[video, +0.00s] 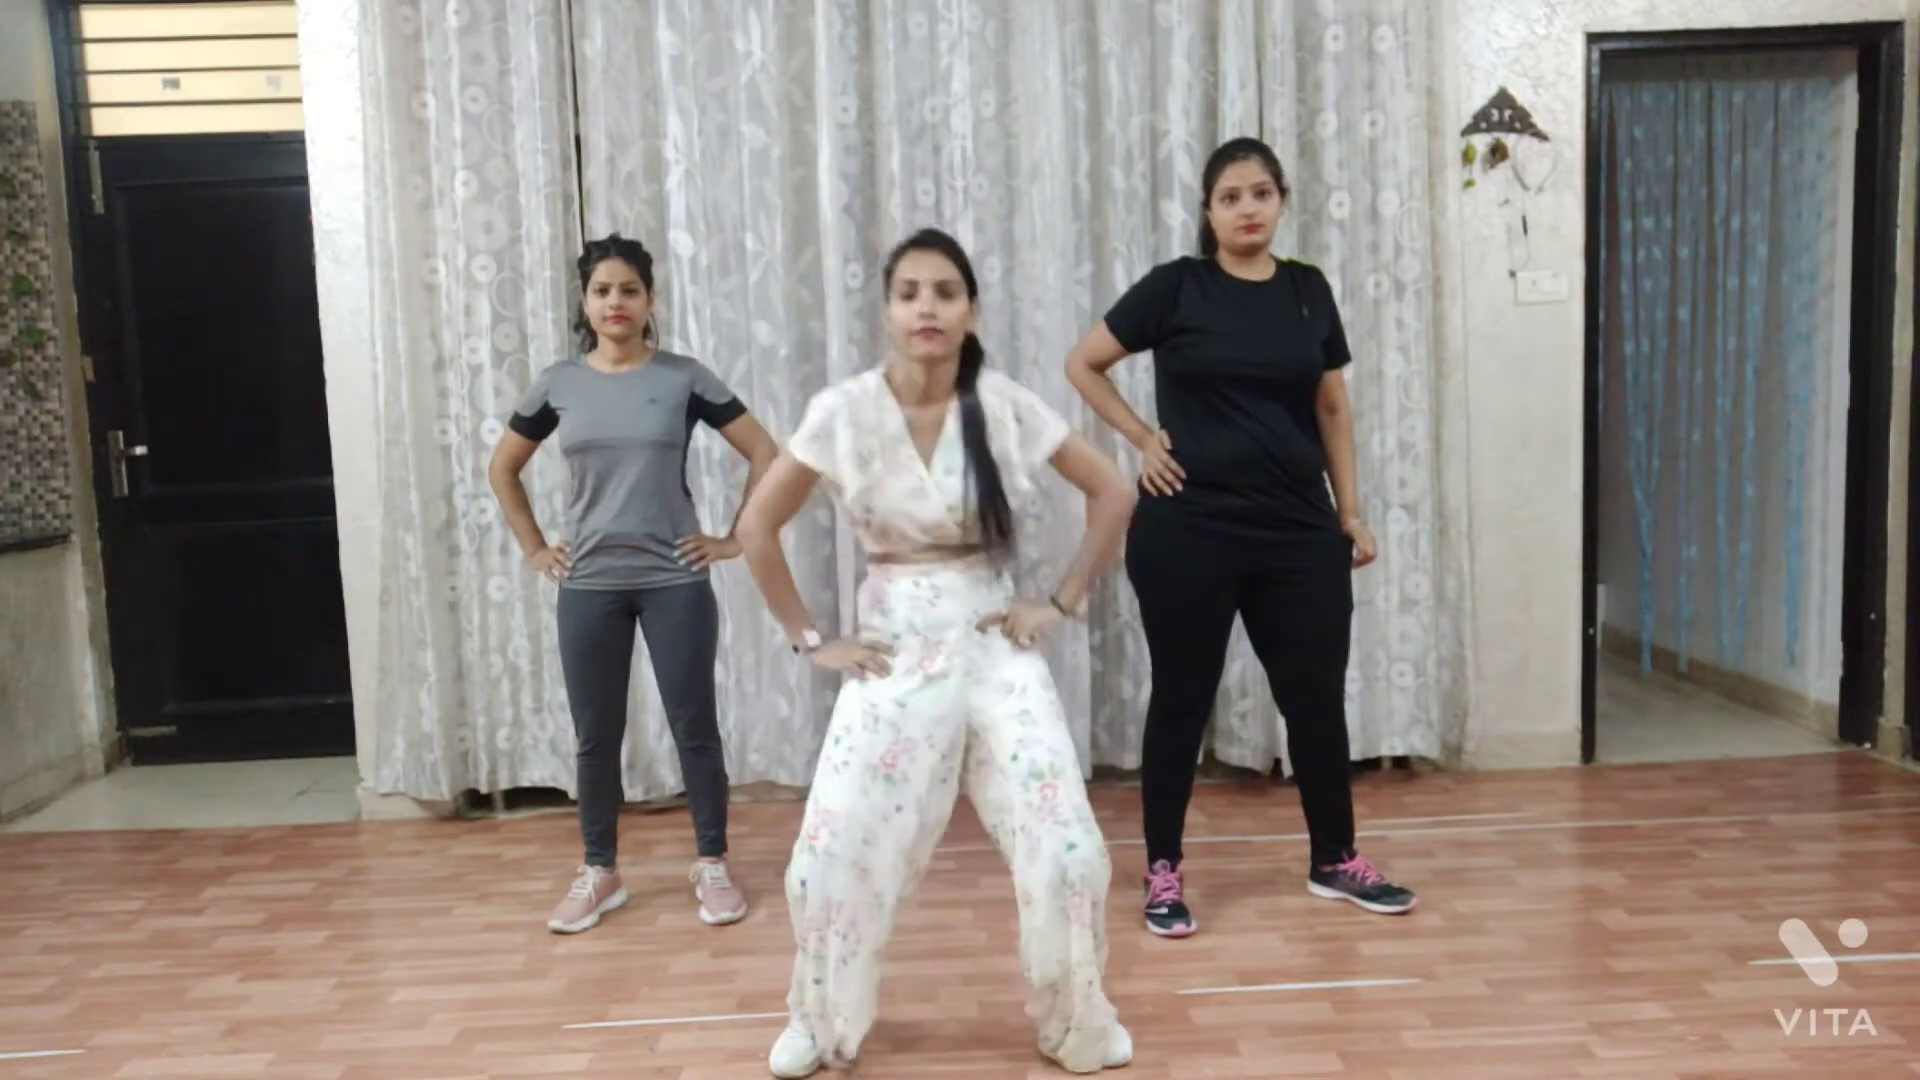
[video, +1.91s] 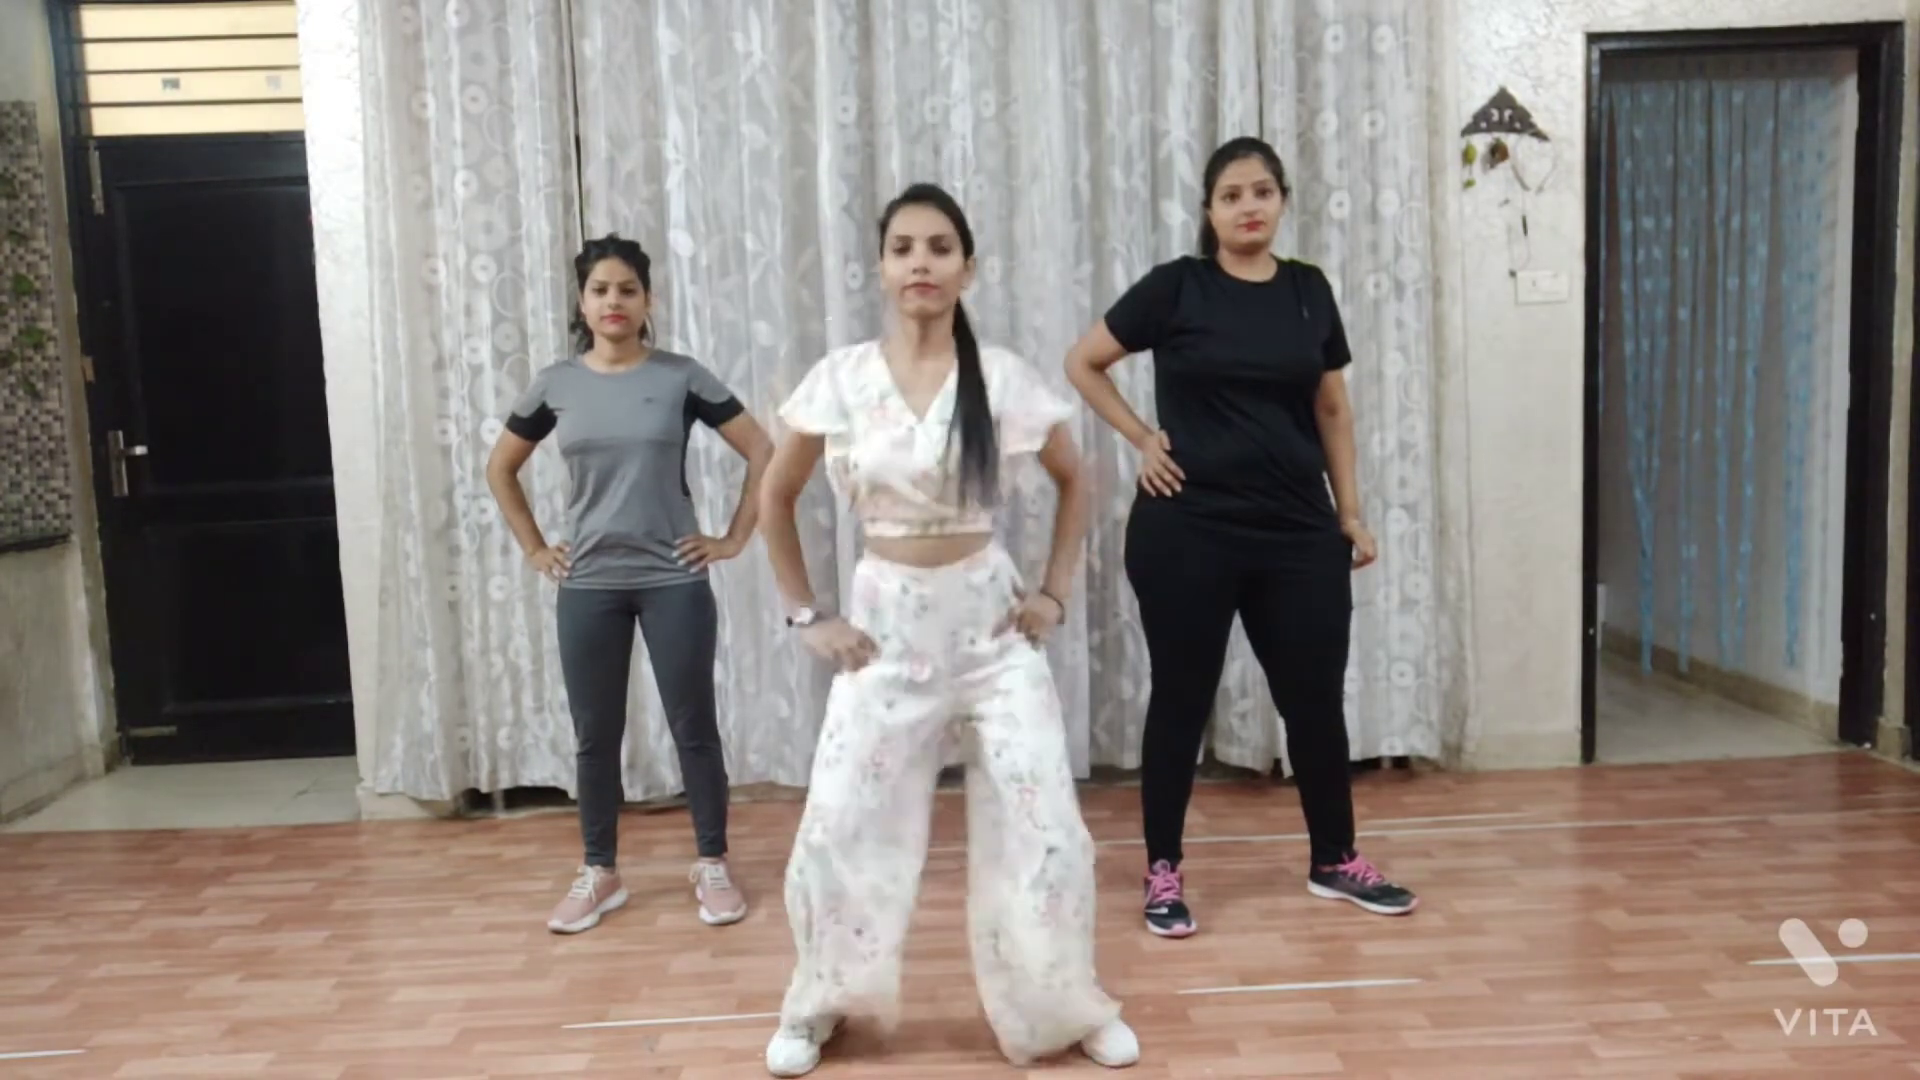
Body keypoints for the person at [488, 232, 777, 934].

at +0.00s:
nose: (616, 302)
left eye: (629, 290)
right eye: (602, 291)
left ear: (650, 301)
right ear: (584, 303)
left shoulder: (685, 379)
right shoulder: (558, 384)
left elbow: (768, 458)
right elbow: (502, 469)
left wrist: (736, 538)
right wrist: (537, 548)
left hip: (675, 575)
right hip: (589, 580)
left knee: (695, 727)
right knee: (596, 737)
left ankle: (712, 865)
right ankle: (599, 872)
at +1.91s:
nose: (613, 301)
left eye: (627, 289)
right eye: (600, 290)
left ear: (647, 301)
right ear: (581, 301)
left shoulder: (682, 378)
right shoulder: (556, 385)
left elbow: (763, 453)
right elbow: (500, 468)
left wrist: (733, 538)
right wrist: (537, 548)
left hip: (674, 574)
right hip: (589, 579)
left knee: (693, 726)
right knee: (595, 736)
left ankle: (712, 866)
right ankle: (599, 872)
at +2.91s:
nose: (621, 303)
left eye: (634, 290)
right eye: (608, 292)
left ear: (658, 297)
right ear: (591, 303)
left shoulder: (694, 379)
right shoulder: (569, 375)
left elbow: (752, 460)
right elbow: (473, 441)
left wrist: (806, 518)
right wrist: (473, 529)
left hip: (674, 574)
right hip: (589, 582)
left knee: (680, 732)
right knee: (595, 738)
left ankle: (687, 873)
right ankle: (599, 873)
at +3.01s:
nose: (629, 307)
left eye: (642, 293)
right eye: (616, 295)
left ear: (667, 299)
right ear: (601, 305)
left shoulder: (701, 377)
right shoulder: (583, 372)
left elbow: (757, 443)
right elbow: (521, 414)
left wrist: (826, 497)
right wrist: (470, 445)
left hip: (680, 578)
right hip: (596, 580)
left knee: (683, 733)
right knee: (587, 736)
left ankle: (687, 871)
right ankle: (597, 872)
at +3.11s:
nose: (632, 309)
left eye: (646, 295)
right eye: (620, 298)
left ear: (675, 302)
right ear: (606, 309)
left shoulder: (707, 379)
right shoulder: (600, 372)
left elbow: (750, 421)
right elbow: (565, 384)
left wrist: (807, 455)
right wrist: (524, 370)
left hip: (688, 580)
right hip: (605, 581)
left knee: (688, 726)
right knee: (567, 721)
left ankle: (685, 869)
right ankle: (579, 864)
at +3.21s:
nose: (640, 313)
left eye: (653, 299)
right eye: (627, 301)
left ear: (683, 303)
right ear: (610, 309)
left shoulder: (709, 371)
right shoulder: (598, 366)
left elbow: (729, 389)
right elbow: (600, 375)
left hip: (701, 579)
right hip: (616, 577)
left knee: (691, 736)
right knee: (556, 716)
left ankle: (687, 874)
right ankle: (509, 851)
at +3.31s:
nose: (644, 312)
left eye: (656, 299)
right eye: (631, 303)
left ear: (685, 302)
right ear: (616, 311)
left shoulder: (724, 372)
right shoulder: (604, 365)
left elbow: (697, 378)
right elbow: (621, 362)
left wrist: (648, 343)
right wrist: (723, 320)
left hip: (708, 574)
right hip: (623, 575)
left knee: (696, 734)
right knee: (549, 714)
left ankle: (687, 876)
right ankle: (471, 836)